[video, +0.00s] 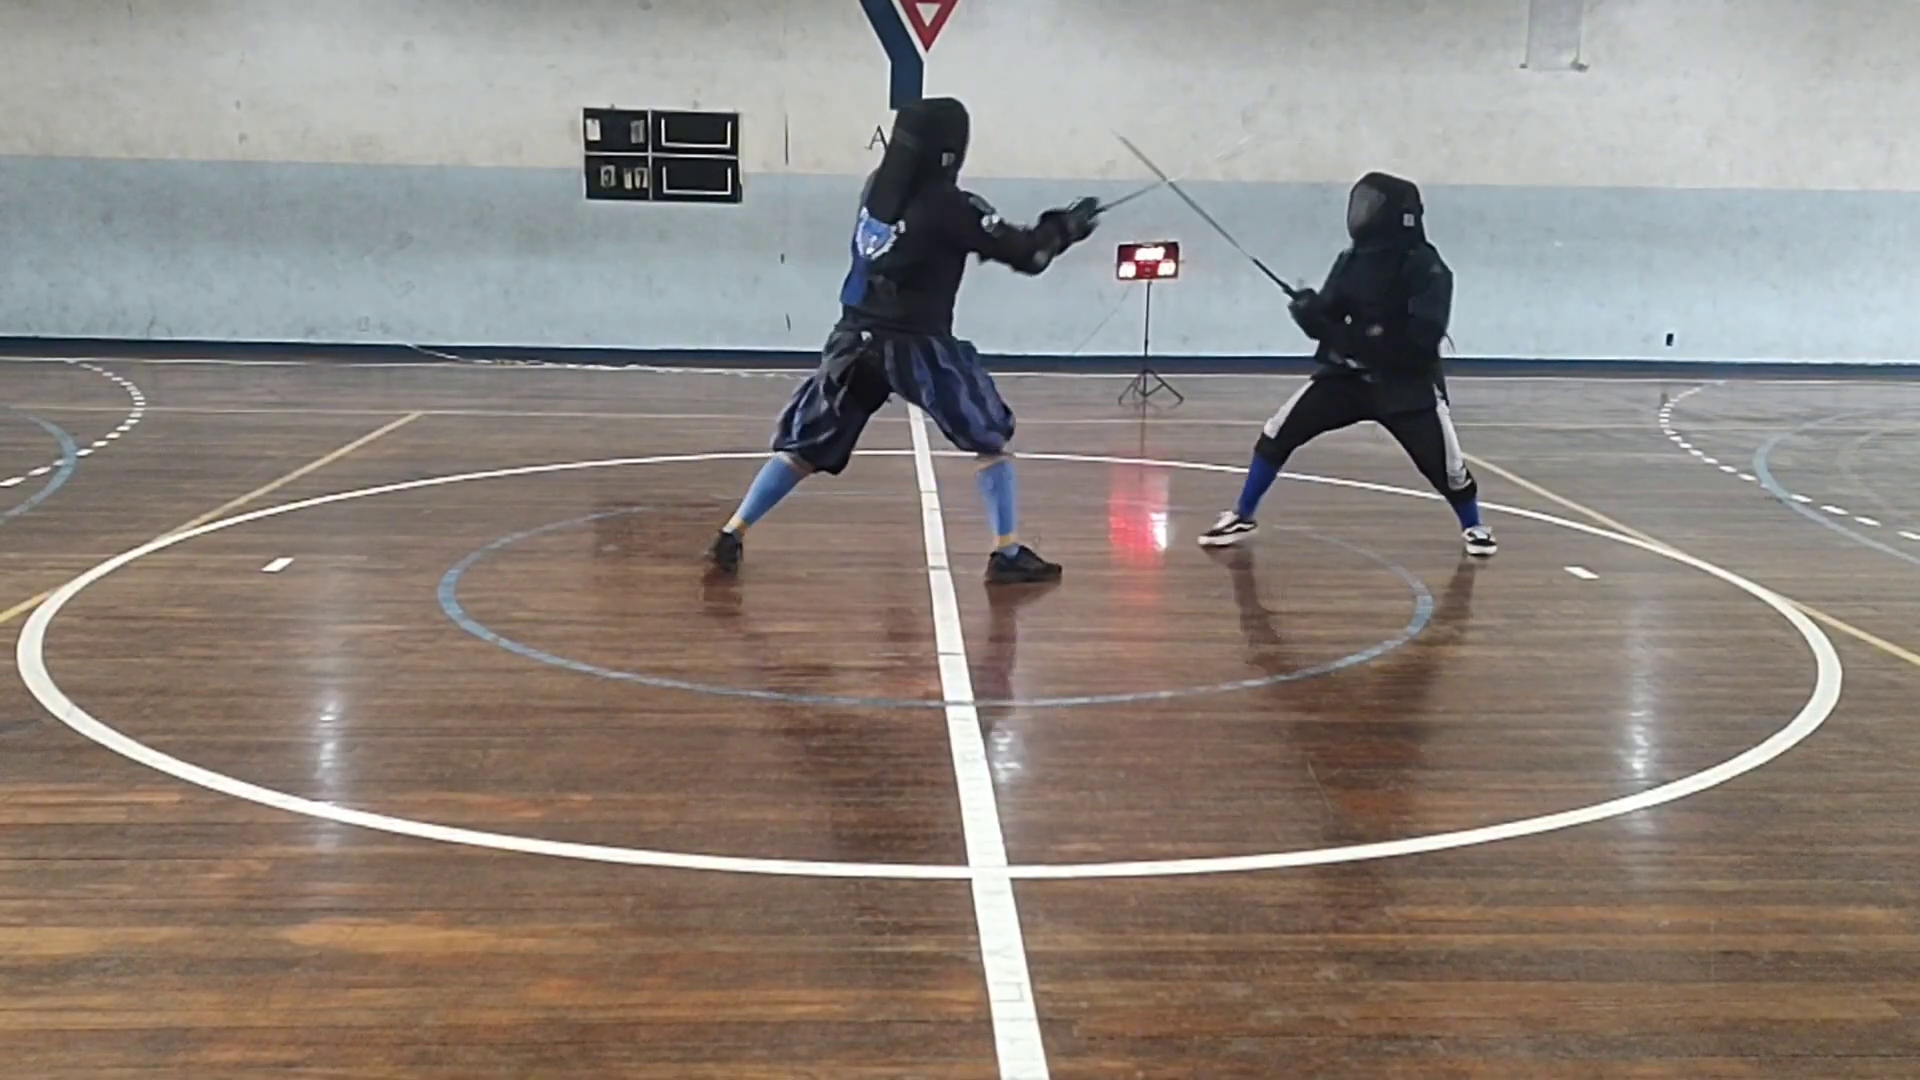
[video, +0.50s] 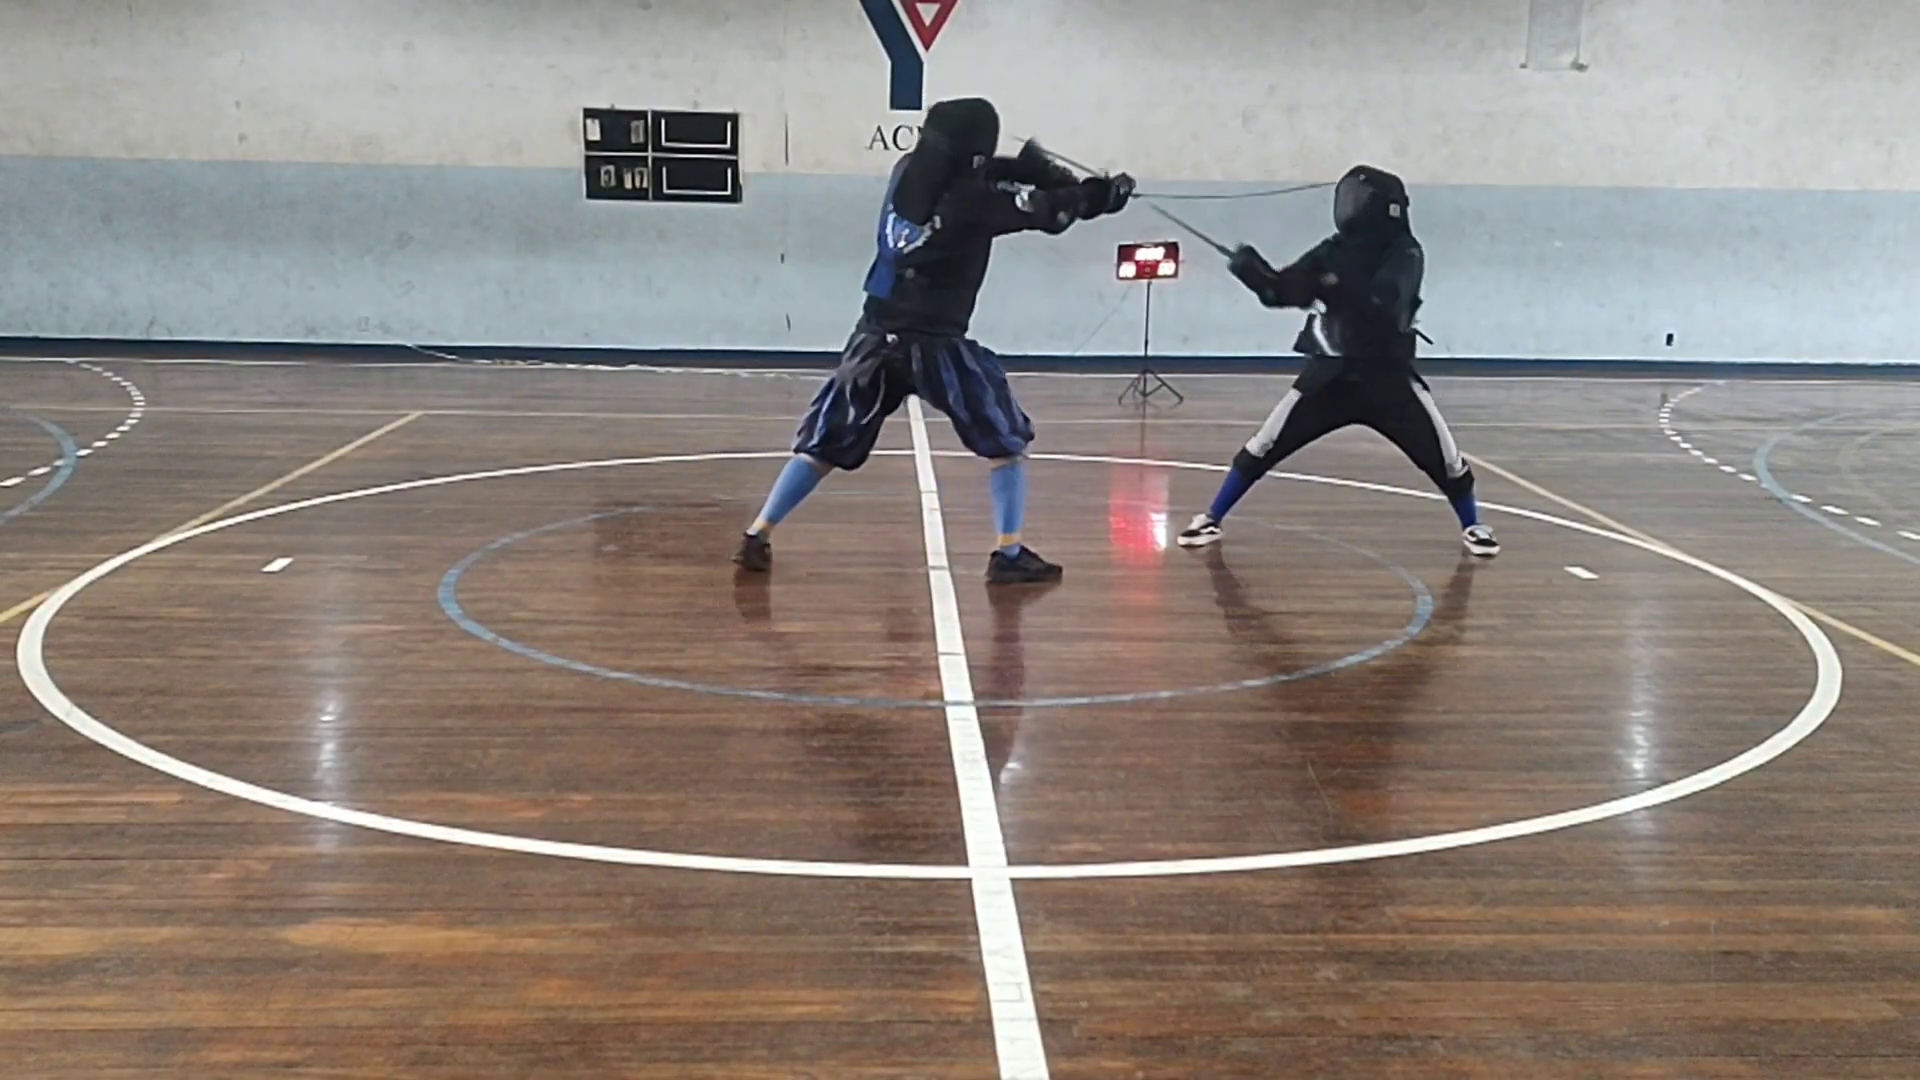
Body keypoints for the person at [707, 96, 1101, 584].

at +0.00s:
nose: (962, 152)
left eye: (958, 143)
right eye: (959, 143)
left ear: (905, 142)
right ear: (948, 151)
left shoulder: (879, 186)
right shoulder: (948, 207)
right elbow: (1025, 252)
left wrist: (982, 222)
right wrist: (1063, 227)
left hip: (855, 336)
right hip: (920, 343)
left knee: (808, 443)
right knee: (991, 435)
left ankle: (732, 532)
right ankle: (1008, 550)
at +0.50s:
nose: (987, 147)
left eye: (988, 141)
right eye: (984, 139)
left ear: (935, 137)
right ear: (972, 148)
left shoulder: (905, 172)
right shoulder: (974, 199)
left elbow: (967, 173)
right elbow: (1046, 212)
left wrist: (1014, 166)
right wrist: (1096, 196)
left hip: (875, 335)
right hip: (938, 341)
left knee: (828, 437)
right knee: (1005, 435)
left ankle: (757, 533)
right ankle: (1010, 552)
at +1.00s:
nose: (1033, 156)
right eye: (1030, 148)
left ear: (974, 128)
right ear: (1016, 151)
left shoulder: (937, 162)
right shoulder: (1014, 202)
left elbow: (981, 100)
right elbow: (1074, 169)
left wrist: (1045, 94)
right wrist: (1113, 126)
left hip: (910, 328)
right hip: (975, 336)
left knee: (869, 434)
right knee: (1025, 441)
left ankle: (806, 537)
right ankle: (1009, 552)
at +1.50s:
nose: (1041, 155)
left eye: (1042, 145)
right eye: (1038, 146)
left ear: (989, 129)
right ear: (1027, 149)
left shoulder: (946, 160)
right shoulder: (1027, 199)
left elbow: (1000, 122)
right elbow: (1084, 196)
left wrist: (1070, 136)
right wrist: (1114, 145)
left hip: (922, 328)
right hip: (989, 337)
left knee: (874, 434)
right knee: (1032, 441)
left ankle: (820, 546)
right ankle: (1010, 553)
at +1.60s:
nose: (1039, 148)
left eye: (1038, 141)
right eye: (1038, 141)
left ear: (983, 126)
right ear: (1028, 144)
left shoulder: (940, 162)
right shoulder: (1026, 194)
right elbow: (1072, 244)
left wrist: (1032, 184)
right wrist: (1081, 195)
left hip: (919, 330)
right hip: (985, 337)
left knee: (873, 434)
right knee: (1030, 441)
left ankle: (820, 545)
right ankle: (1011, 550)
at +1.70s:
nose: (1033, 159)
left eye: (1034, 148)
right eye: (1034, 149)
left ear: (977, 129)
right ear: (1026, 151)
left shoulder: (927, 170)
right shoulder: (1026, 208)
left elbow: (900, 239)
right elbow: (1040, 288)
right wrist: (1038, 236)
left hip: (918, 332)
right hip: (987, 339)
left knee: (873, 434)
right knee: (1031, 440)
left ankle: (819, 546)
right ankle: (1011, 551)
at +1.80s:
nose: (1026, 158)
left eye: (1027, 148)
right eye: (1026, 148)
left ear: (967, 133)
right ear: (1018, 152)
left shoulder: (914, 184)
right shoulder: (1022, 218)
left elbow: (887, 258)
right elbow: (1016, 306)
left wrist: (908, 304)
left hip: (911, 337)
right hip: (981, 343)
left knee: (864, 434)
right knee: (1030, 440)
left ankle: (819, 546)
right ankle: (1011, 552)